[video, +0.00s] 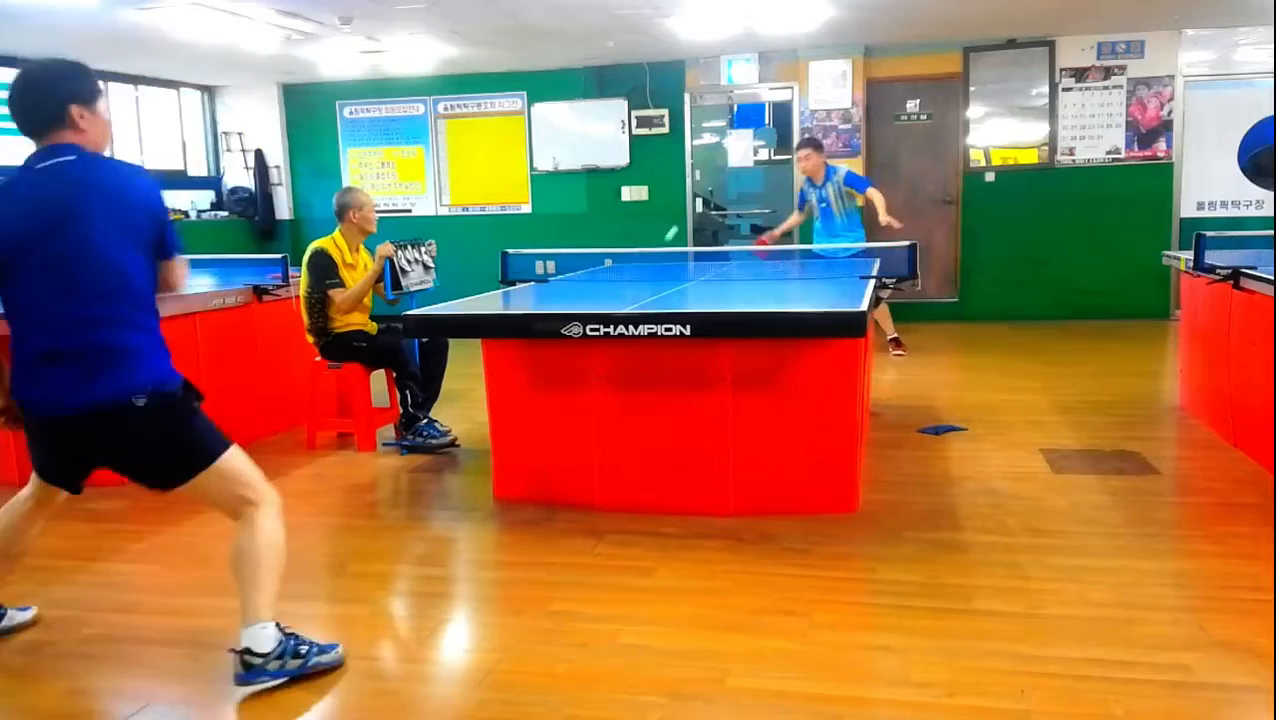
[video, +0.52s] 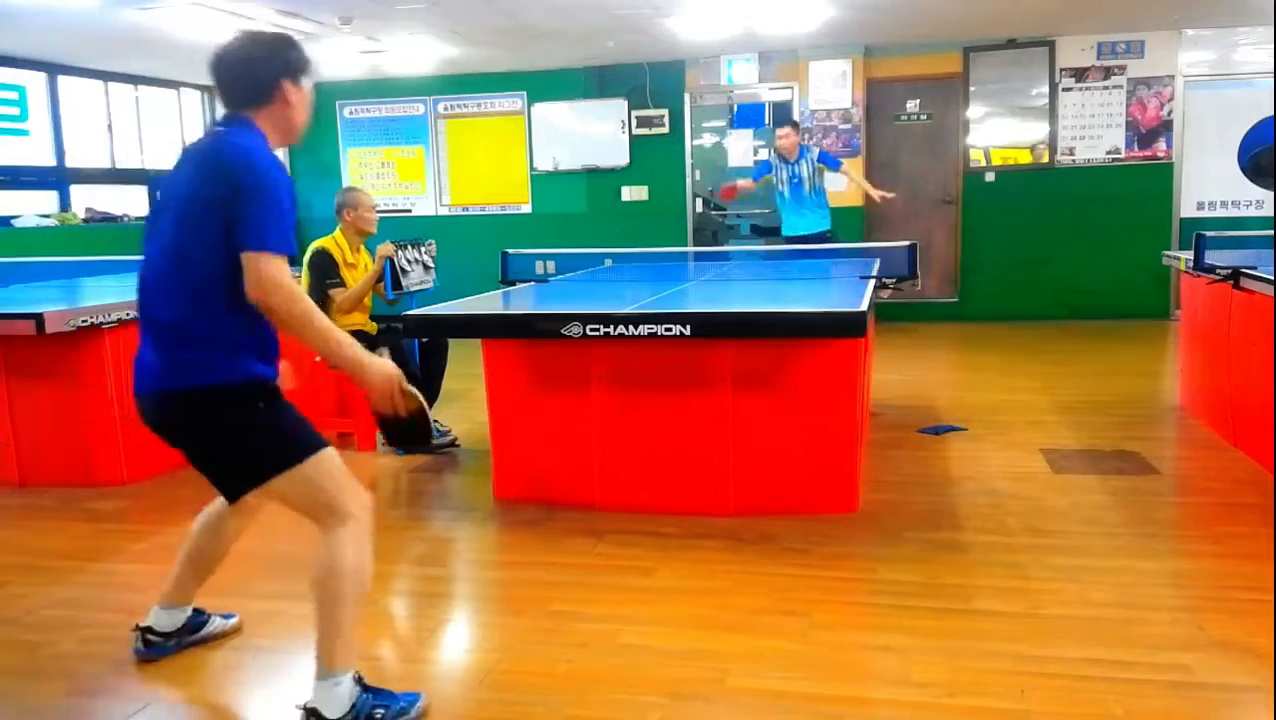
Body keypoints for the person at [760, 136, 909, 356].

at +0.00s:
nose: (802, 165)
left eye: (806, 158)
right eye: (799, 160)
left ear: (821, 157)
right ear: (798, 163)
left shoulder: (842, 176)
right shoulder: (806, 186)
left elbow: (873, 193)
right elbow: (800, 214)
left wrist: (883, 214)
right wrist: (776, 232)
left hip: (853, 251)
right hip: (822, 253)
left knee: (871, 293)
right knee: (820, 297)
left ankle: (892, 337)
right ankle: (824, 344)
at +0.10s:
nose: (791, 166)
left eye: (795, 160)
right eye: (789, 161)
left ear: (811, 157)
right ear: (789, 163)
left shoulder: (833, 175)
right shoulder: (799, 183)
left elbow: (869, 189)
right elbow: (793, 212)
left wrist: (885, 208)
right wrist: (766, 224)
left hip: (848, 250)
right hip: (817, 251)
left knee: (869, 291)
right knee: (814, 295)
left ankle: (891, 336)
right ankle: (819, 344)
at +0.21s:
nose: (781, 166)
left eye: (784, 160)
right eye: (779, 162)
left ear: (800, 157)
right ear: (788, 162)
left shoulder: (825, 174)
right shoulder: (792, 184)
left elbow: (860, 187)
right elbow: (774, 208)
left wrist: (877, 204)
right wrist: (744, 215)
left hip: (842, 250)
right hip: (812, 251)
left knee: (866, 291)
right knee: (810, 296)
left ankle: (892, 336)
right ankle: (814, 344)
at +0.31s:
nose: (776, 161)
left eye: (780, 156)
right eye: (774, 157)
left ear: (795, 154)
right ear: (778, 160)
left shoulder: (818, 170)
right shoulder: (782, 180)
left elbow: (846, 183)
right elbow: (753, 194)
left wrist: (861, 201)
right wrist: (723, 194)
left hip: (837, 244)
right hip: (806, 248)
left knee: (863, 287)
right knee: (808, 293)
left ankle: (891, 332)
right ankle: (814, 339)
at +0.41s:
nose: (778, 149)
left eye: (782, 143)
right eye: (776, 145)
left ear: (796, 142)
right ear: (775, 147)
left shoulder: (814, 158)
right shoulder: (776, 164)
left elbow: (843, 171)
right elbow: (751, 171)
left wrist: (862, 187)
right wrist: (730, 173)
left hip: (824, 233)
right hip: (796, 236)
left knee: (834, 279)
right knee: (799, 281)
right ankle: (803, 322)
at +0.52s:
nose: (780, 142)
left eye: (785, 137)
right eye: (778, 138)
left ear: (798, 137)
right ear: (775, 141)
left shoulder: (814, 154)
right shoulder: (773, 161)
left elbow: (845, 170)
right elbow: (752, 182)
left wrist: (871, 190)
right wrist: (736, 185)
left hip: (819, 230)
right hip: (791, 232)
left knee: (823, 276)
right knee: (794, 277)